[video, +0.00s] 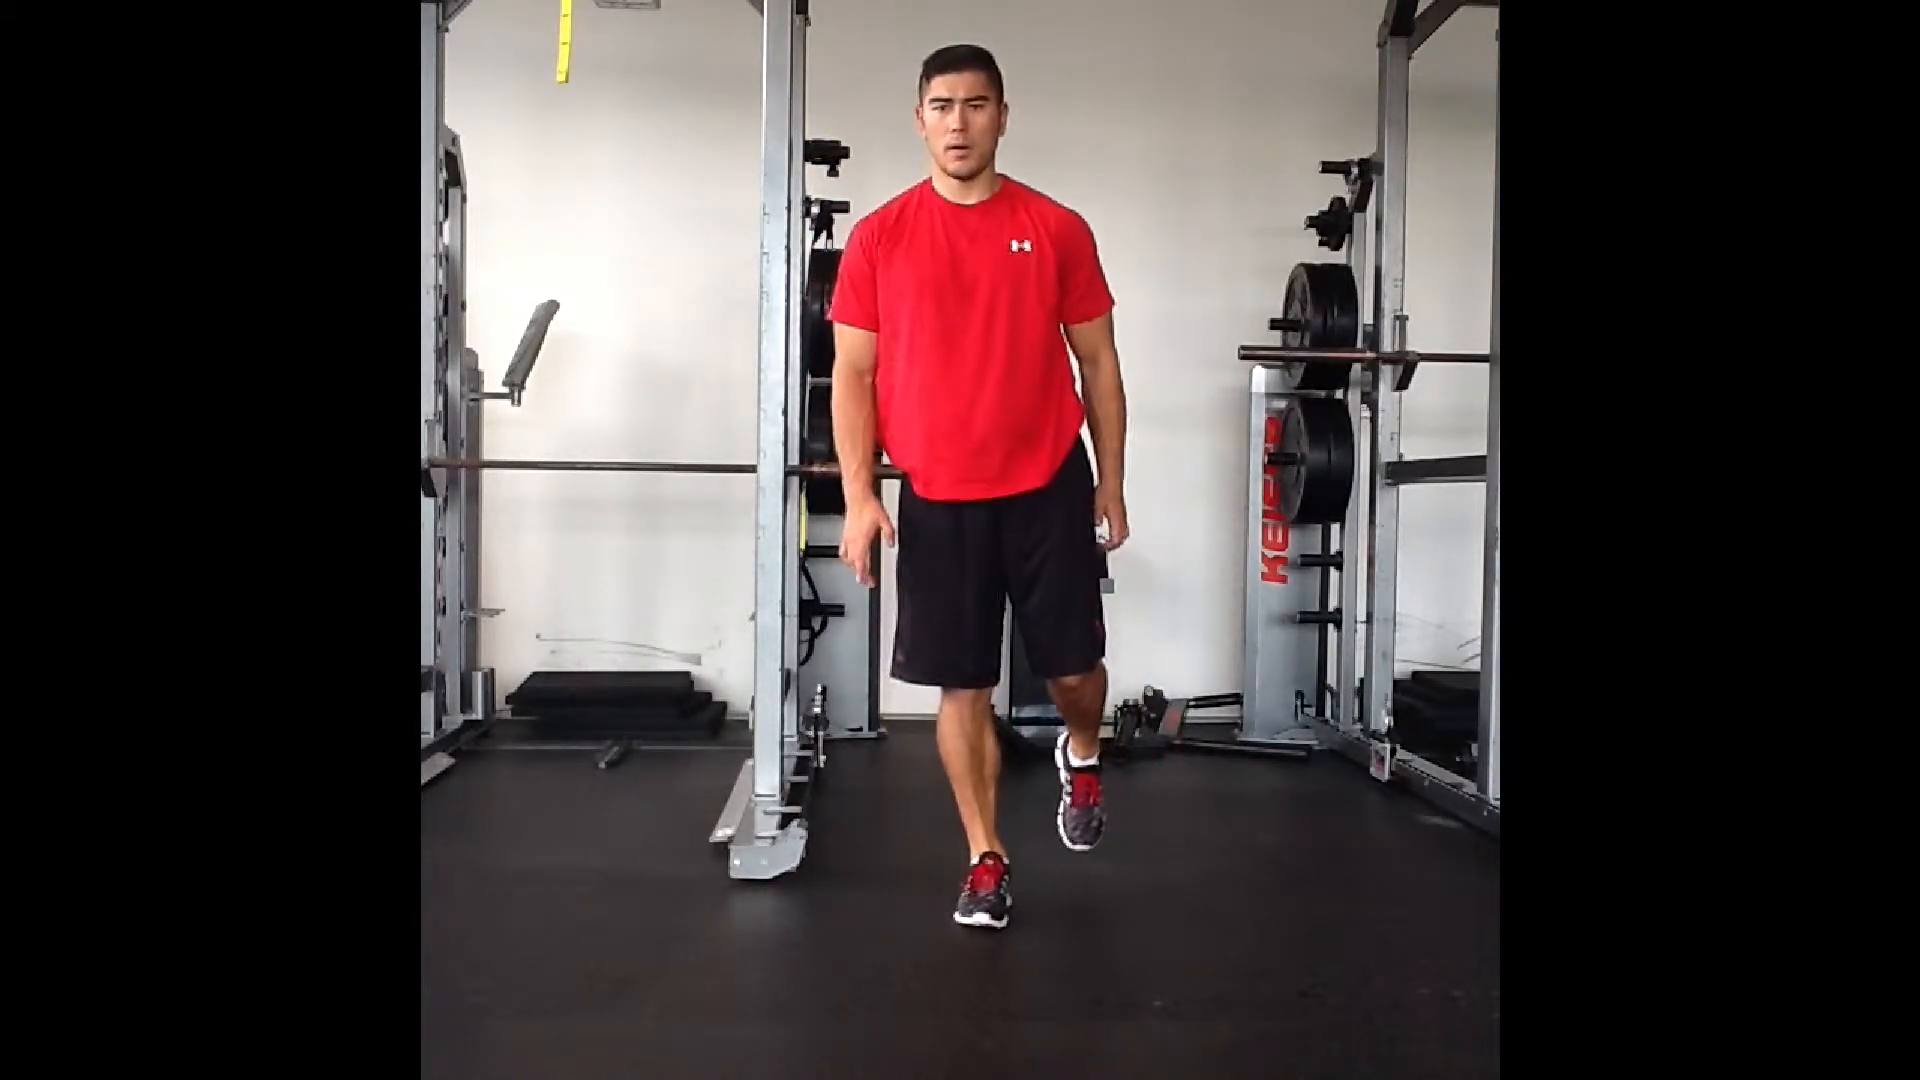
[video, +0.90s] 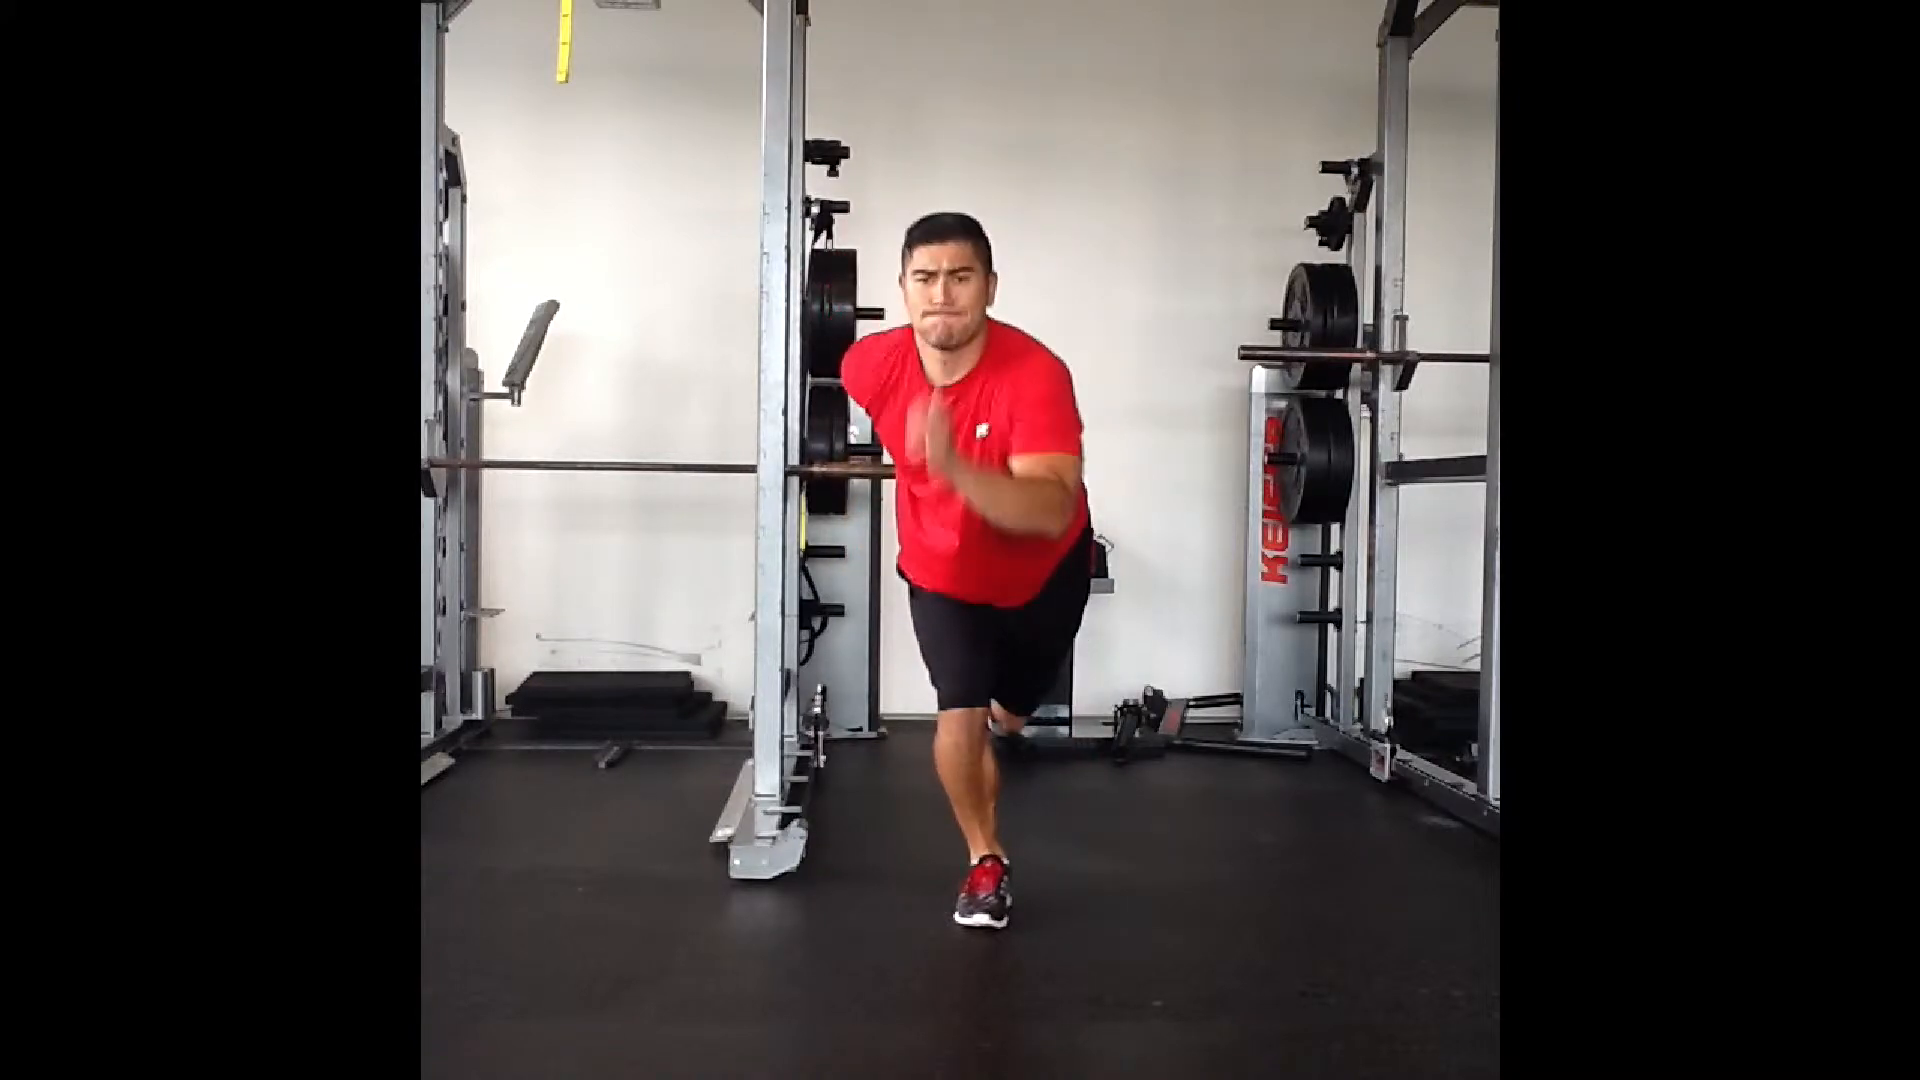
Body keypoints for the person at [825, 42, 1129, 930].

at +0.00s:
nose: (958, 121)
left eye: (975, 105)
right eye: (942, 105)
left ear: (1002, 118)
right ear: (920, 120)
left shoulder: (1056, 230)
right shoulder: (876, 238)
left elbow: (1097, 358)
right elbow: (853, 373)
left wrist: (1111, 482)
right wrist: (858, 494)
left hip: (1047, 488)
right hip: (936, 498)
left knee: (1072, 672)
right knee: (960, 683)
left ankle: (1081, 762)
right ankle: (983, 858)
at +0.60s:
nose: (952, 189)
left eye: (970, 173)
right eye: (936, 173)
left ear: (999, 188)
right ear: (914, 188)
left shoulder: (1050, 297)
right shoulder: (872, 290)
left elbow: (1086, 433)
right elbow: (858, 375)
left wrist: (999, 436)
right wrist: (871, 463)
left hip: (1042, 525)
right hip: (936, 536)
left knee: (1055, 671)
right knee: (956, 686)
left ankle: (1040, 698)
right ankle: (982, 859)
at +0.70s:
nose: (951, 243)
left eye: (968, 227)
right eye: (934, 228)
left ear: (997, 240)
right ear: (914, 242)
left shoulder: (1041, 339)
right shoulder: (875, 329)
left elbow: (1054, 454)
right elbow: (893, 412)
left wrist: (960, 361)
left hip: (1043, 553)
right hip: (941, 555)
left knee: (1031, 695)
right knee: (959, 692)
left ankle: (994, 728)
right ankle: (982, 859)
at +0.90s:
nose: (941, 296)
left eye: (959, 277)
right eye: (924, 277)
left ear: (990, 287)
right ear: (902, 288)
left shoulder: (1036, 374)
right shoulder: (871, 368)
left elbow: (1053, 510)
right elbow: (906, 436)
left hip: (1044, 575)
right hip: (944, 574)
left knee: (1015, 710)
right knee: (963, 711)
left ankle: (1001, 717)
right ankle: (985, 862)